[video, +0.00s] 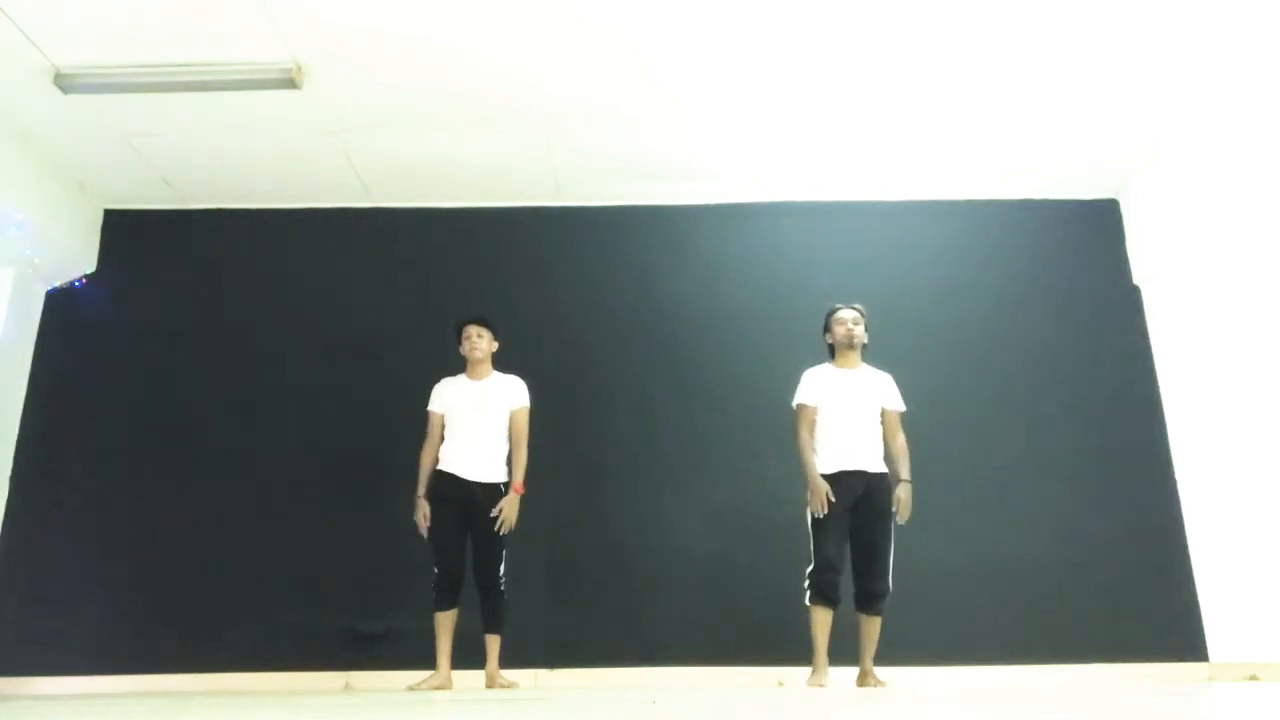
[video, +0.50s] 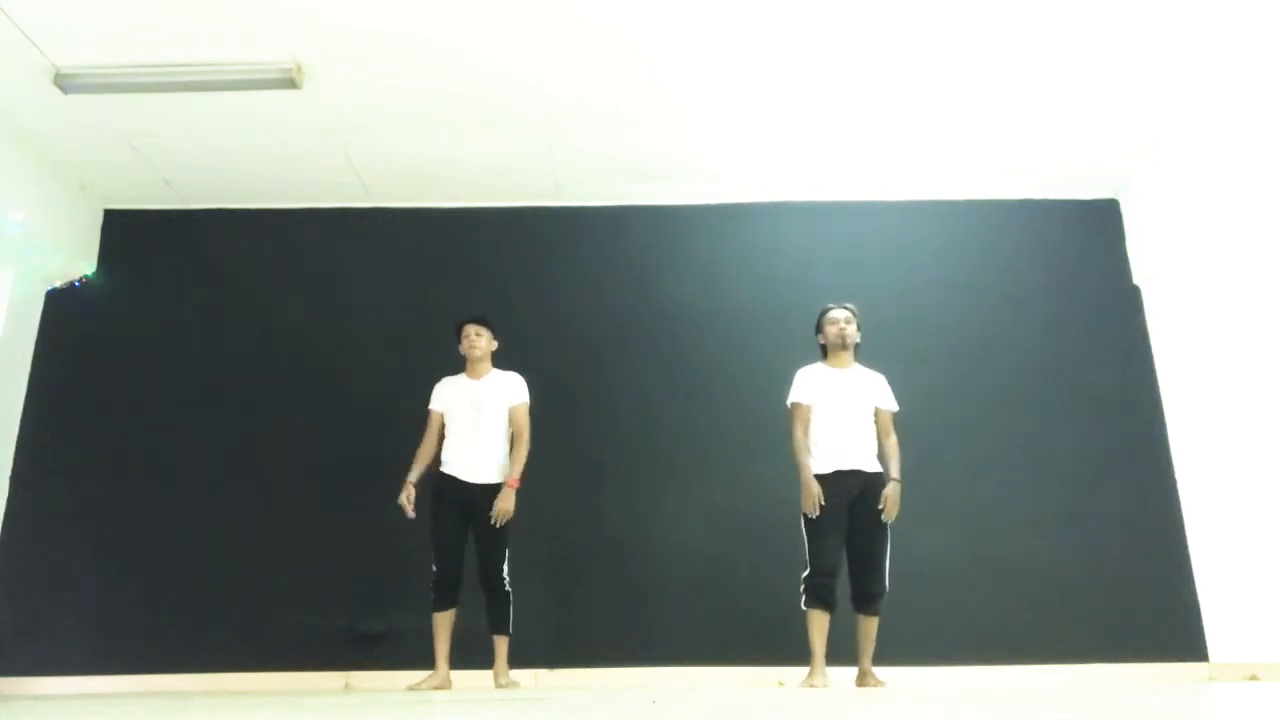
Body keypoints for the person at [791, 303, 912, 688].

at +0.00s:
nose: (851, 327)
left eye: (857, 322)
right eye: (842, 322)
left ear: (866, 333)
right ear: (828, 334)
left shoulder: (882, 380)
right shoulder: (815, 377)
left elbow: (895, 436)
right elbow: (804, 433)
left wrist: (904, 480)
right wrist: (813, 479)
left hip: (876, 484)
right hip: (830, 483)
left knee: (875, 576)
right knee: (826, 573)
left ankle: (867, 670)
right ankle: (820, 667)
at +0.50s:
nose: (841, 326)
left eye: (848, 321)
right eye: (833, 322)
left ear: (858, 332)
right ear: (821, 335)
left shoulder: (875, 380)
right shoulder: (808, 376)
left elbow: (888, 435)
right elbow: (799, 431)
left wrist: (894, 480)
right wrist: (806, 478)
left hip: (870, 484)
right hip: (824, 483)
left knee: (871, 576)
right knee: (822, 573)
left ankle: (866, 670)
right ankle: (817, 669)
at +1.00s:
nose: (800, 324)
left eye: (807, 317)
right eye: (793, 319)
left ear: (825, 326)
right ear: (787, 330)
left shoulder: (843, 362)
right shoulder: (784, 372)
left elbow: (837, 359)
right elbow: (789, 431)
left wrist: (804, 356)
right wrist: (781, 485)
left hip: (843, 477)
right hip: (797, 480)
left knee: (859, 573)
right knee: (784, 564)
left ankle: (865, 669)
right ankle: (799, 661)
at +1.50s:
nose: (742, 308)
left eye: (751, 301)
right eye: (741, 302)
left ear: (773, 312)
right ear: (743, 312)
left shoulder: (764, 346)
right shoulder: (756, 346)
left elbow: (744, 376)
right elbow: (739, 334)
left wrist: (721, 379)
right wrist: (719, 321)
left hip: (747, 461)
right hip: (751, 462)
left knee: (709, 551)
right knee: (757, 565)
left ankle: (673, 645)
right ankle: (797, 666)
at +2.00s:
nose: (649, 318)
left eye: (656, 308)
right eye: (640, 315)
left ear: (676, 313)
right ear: (635, 328)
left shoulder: (713, 344)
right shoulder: (644, 386)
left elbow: (764, 297)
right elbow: (646, 442)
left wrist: (725, 311)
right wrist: (591, 446)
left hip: (736, 473)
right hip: (684, 478)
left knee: (693, 564)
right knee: (630, 553)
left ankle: (657, 665)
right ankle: (605, 650)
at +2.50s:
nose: (803, 257)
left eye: (808, 251)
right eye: (794, 246)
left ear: (810, 261)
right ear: (767, 252)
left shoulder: (807, 328)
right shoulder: (729, 299)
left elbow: (841, 392)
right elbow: (661, 294)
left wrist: (894, 417)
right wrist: (632, 314)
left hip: (771, 447)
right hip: (720, 438)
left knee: (781, 555)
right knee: (739, 546)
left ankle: (699, 634)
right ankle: (744, 666)